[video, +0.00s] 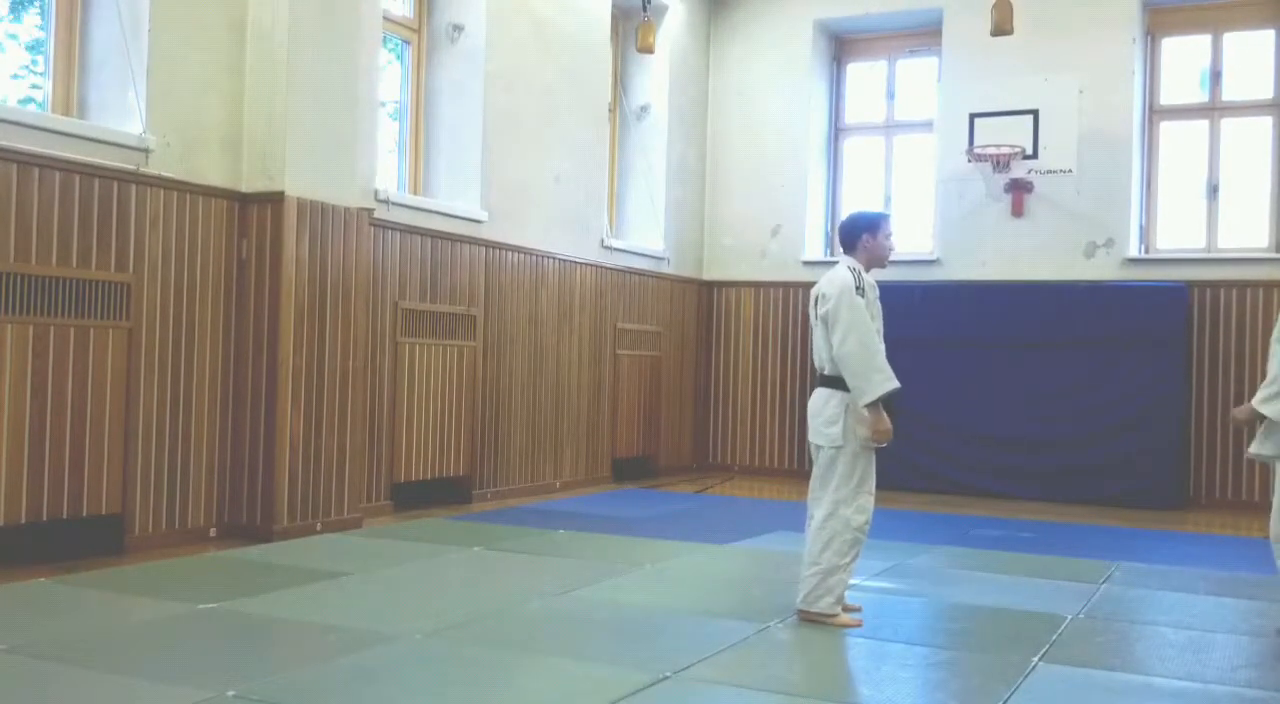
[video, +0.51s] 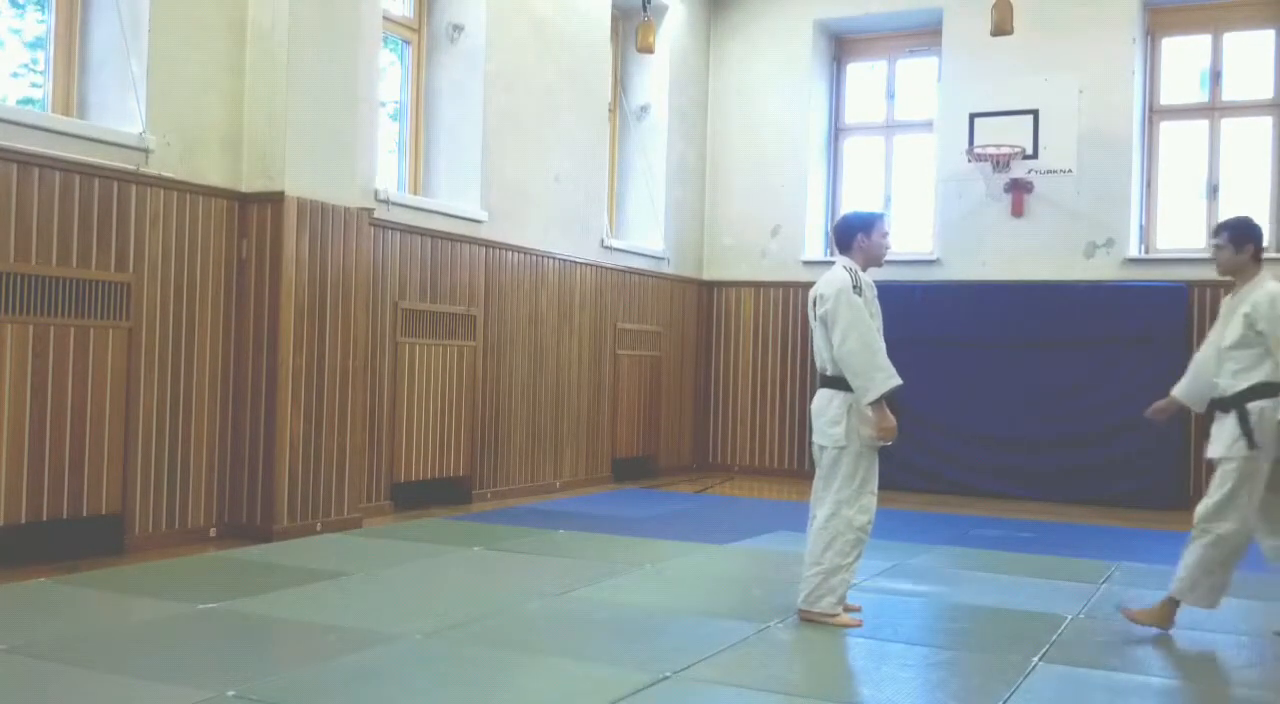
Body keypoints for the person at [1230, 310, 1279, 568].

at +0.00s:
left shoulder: (1276, 331)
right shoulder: (1275, 330)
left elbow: (1275, 379)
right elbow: (1273, 377)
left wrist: (1254, 407)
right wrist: (1256, 406)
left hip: (1275, 446)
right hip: (1273, 445)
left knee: (1276, 531)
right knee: (1275, 531)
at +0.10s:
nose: (1272, 246)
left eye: (1275, 238)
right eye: (1273, 238)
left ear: (1275, 247)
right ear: (1271, 246)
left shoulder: (1274, 324)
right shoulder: (1274, 322)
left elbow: (1275, 394)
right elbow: (1272, 387)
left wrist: (1254, 415)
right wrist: (1256, 415)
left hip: (1273, 451)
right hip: (1267, 449)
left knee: (1270, 535)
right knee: (1268, 535)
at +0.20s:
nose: (1261, 248)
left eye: (1267, 241)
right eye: (1263, 241)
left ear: (1279, 247)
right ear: (1269, 246)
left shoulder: (1275, 304)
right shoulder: (1272, 302)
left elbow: (1272, 366)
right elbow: (1267, 362)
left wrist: (1272, 419)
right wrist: (1261, 409)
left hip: (1270, 419)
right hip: (1263, 416)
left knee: (1252, 522)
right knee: (1250, 520)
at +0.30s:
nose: (1247, 249)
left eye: (1254, 241)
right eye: (1248, 241)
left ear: (1275, 246)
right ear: (1269, 248)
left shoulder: (1275, 292)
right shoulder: (1268, 292)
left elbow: (1261, 356)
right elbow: (1250, 353)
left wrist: (1231, 398)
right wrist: (1225, 398)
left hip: (1269, 417)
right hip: (1257, 415)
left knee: (1232, 512)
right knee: (1259, 519)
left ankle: (1267, 613)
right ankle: (1267, 614)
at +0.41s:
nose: (1230, 250)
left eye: (1238, 244)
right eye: (1232, 243)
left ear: (1265, 247)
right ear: (1259, 248)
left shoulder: (1272, 293)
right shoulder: (1255, 293)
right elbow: (1231, 351)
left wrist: (1198, 396)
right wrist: (1197, 396)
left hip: (1265, 426)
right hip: (1250, 423)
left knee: (1227, 516)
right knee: (1261, 520)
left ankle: (1201, 614)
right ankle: (1200, 612)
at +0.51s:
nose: (1213, 256)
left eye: (1220, 248)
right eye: (1213, 249)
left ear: (1248, 249)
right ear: (1234, 252)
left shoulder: (1269, 296)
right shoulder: (1235, 298)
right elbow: (1212, 356)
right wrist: (1176, 400)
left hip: (1259, 422)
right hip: (1239, 420)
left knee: (1218, 515)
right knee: (1269, 517)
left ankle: (1168, 608)